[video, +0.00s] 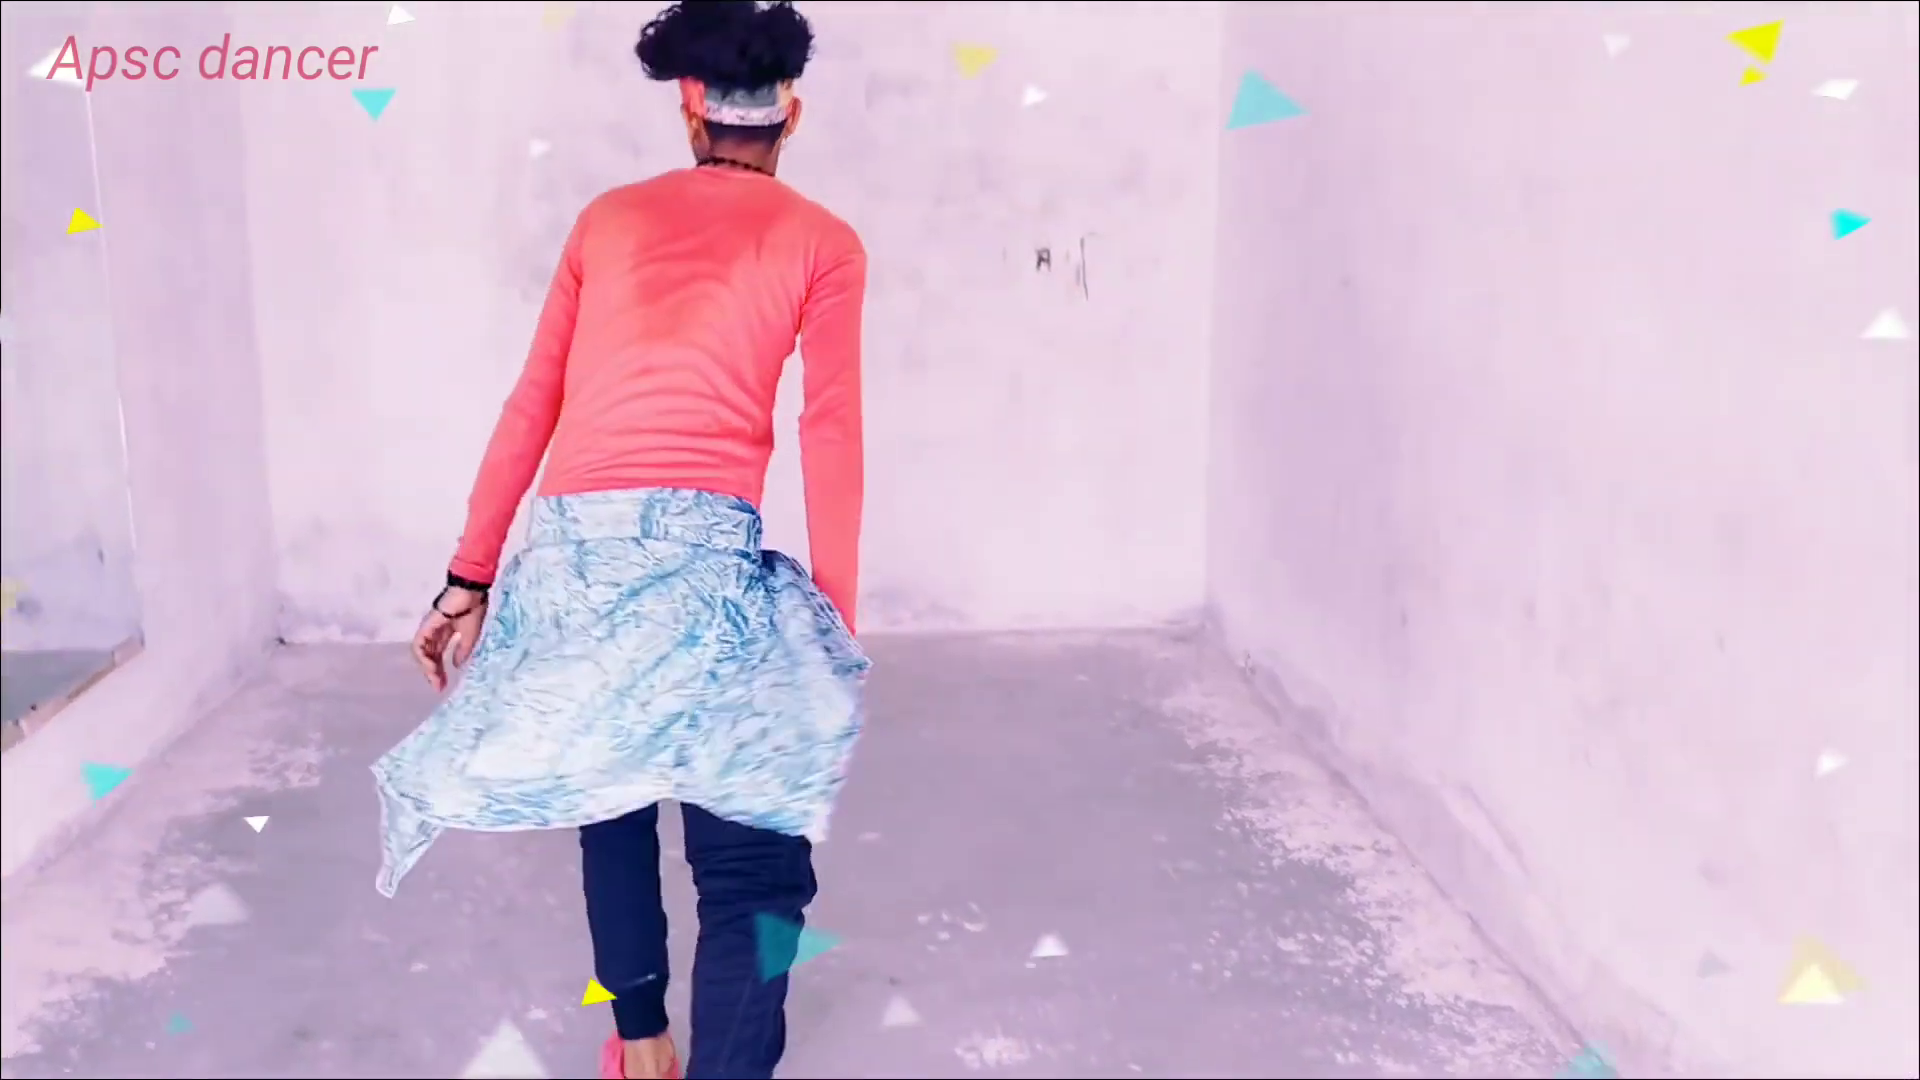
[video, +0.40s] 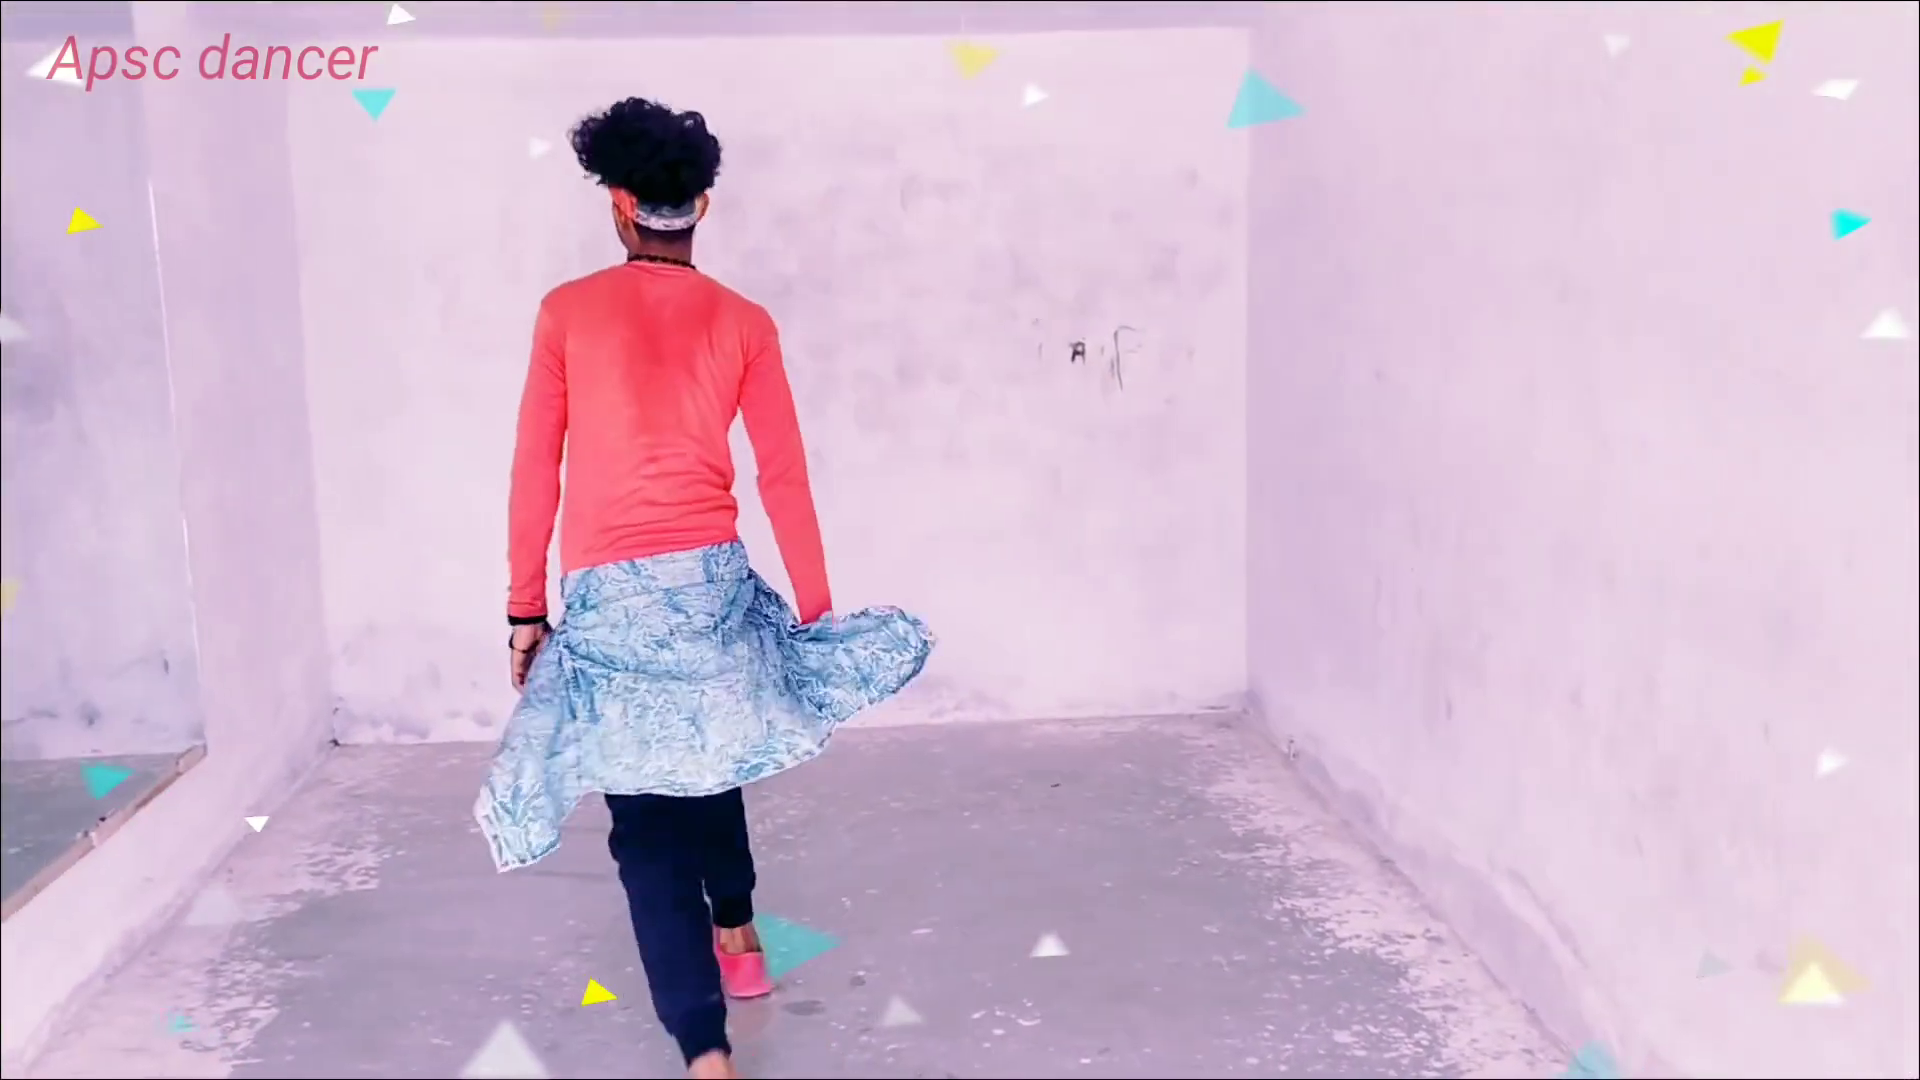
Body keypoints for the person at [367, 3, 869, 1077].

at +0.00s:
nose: (702, 106)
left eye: (688, 90)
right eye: (782, 91)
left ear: (686, 103)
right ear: (793, 107)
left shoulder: (607, 217)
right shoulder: (820, 241)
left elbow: (534, 402)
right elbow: (827, 428)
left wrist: (469, 575)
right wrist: (835, 616)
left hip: (562, 570)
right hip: (702, 576)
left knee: (611, 811)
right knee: (748, 878)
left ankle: (642, 1048)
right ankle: (730, 1069)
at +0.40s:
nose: (626, 206)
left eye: (620, 194)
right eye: (667, 195)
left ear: (615, 205)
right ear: (705, 206)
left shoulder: (567, 313)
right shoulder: (743, 323)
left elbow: (535, 470)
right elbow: (783, 478)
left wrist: (525, 607)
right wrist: (817, 614)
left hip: (601, 598)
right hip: (707, 589)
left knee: (645, 837)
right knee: (710, 762)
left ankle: (707, 1056)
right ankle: (736, 940)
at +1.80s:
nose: (552, 173)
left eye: (566, 158)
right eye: (545, 157)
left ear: (602, 161)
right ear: (539, 163)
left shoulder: (630, 248)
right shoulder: (543, 225)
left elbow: (669, 360)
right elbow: (480, 167)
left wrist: (690, 463)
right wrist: (433, 70)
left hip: (638, 459)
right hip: (577, 462)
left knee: (661, 622)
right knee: (575, 627)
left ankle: (740, 786)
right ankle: (608, 786)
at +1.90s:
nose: (588, 177)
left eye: (603, 162)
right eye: (576, 161)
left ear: (632, 166)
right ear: (563, 164)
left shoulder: (658, 249)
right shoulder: (561, 236)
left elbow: (696, 357)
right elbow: (499, 250)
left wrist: (718, 460)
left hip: (667, 466)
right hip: (599, 471)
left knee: (715, 623)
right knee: (578, 632)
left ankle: (802, 780)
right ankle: (607, 786)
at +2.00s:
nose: (627, 190)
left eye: (641, 175)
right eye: (613, 174)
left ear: (663, 180)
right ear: (595, 180)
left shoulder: (693, 262)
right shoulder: (587, 259)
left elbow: (737, 364)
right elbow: (550, 324)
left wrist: (760, 470)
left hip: (702, 486)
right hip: (626, 491)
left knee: (771, 631)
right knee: (572, 637)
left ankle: (858, 782)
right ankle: (607, 788)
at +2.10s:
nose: (666, 206)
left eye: (681, 190)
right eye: (651, 190)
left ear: (702, 194)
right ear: (632, 196)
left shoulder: (737, 279)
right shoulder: (618, 284)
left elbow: (785, 377)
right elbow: (611, 375)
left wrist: (823, 470)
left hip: (738, 507)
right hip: (658, 510)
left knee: (810, 649)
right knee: (581, 651)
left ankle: (894, 808)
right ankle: (608, 789)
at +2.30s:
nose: (743, 243)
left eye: (755, 226)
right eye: (727, 226)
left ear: (772, 231)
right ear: (702, 231)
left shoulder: (809, 310)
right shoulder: (679, 328)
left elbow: (851, 417)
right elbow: (679, 441)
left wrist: (869, 451)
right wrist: (671, 472)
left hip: (825, 535)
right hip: (737, 542)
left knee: (892, 678)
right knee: (654, 687)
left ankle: (937, 828)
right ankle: (674, 813)